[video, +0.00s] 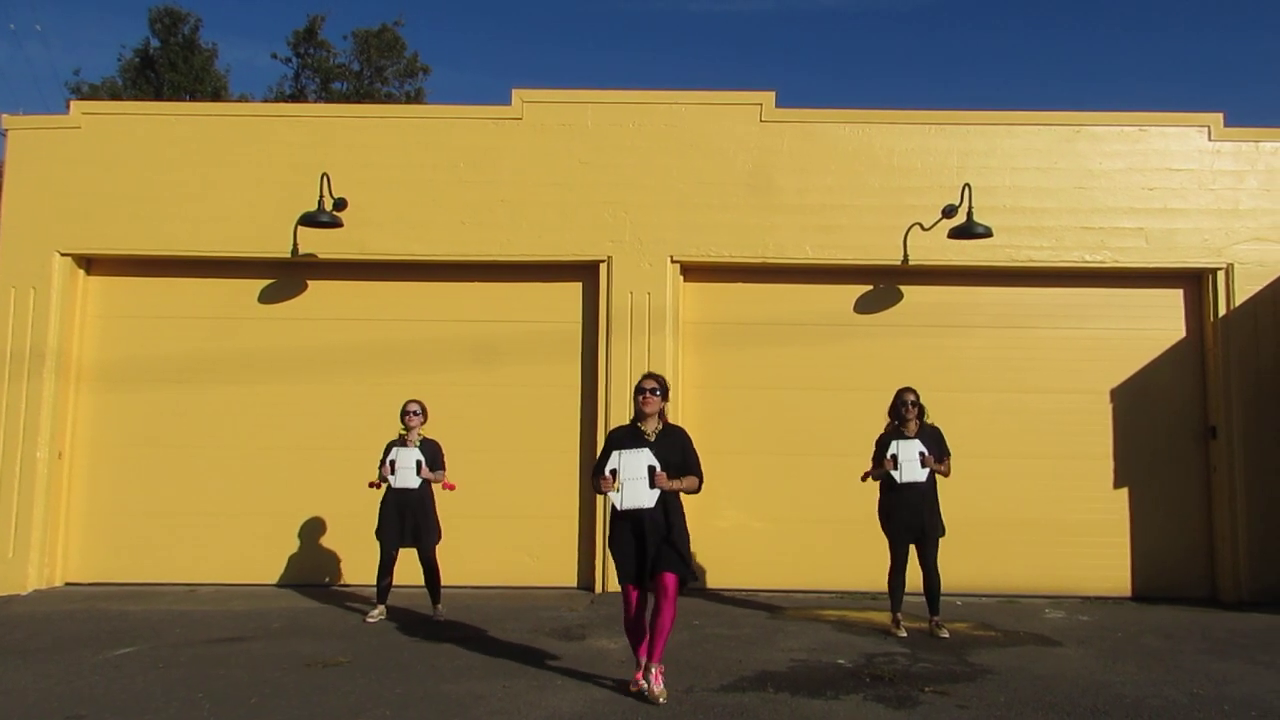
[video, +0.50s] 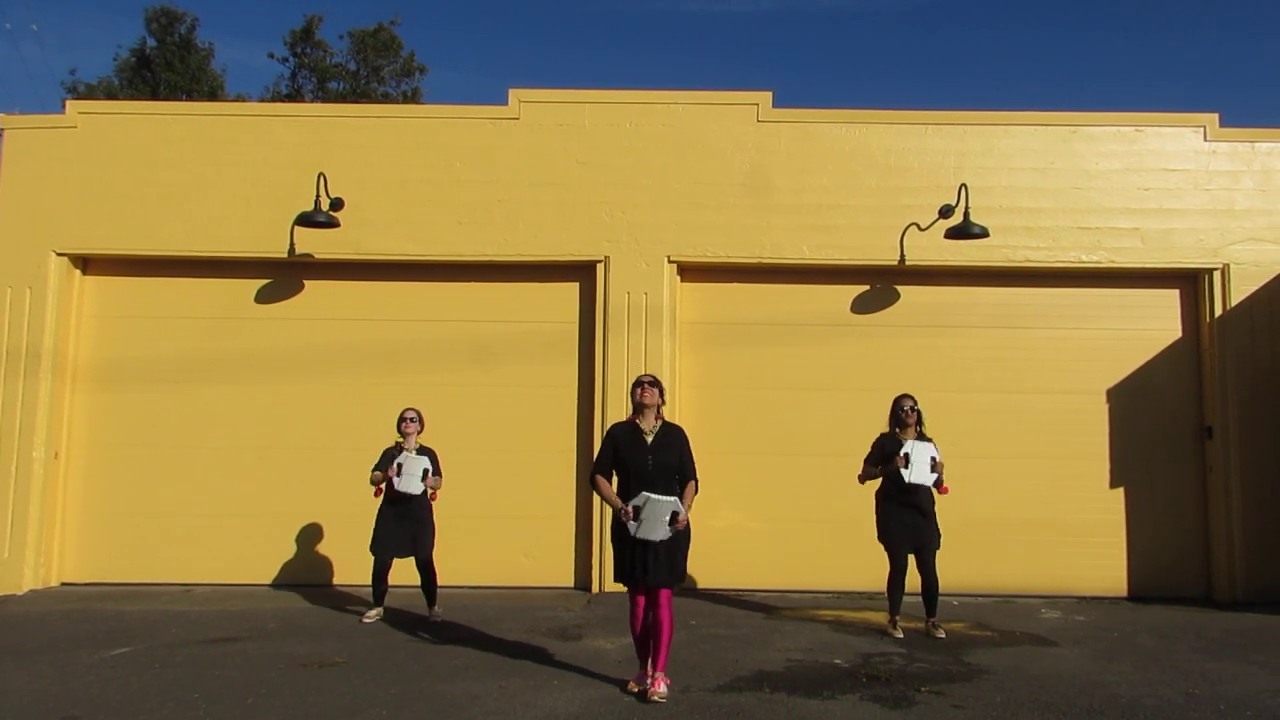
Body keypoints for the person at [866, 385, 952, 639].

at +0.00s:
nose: (909, 408)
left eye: (913, 404)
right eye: (903, 404)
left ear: (919, 407)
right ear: (896, 408)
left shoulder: (932, 434)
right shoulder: (886, 439)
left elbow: (946, 471)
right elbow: (874, 475)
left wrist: (933, 465)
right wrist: (885, 469)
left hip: (926, 511)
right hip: (896, 512)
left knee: (930, 565)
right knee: (898, 563)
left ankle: (935, 619)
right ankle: (896, 618)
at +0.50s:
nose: (908, 413)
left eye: (912, 409)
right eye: (903, 409)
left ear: (918, 413)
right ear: (895, 414)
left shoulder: (927, 444)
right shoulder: (885, 441)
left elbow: (938, 483)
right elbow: (863, 475)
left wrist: (937, 470)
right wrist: (891, 467)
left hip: (923, 514)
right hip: (893, 513)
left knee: (928, 569)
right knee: (898, 567)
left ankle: (931, 621)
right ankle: (894, 621)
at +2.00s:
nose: (908, 412)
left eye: (912, 408)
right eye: (904, 408)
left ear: (919, 411)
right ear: (897, 412)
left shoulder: (928, 436)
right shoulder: (889, 437)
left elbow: (946, 429)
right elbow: (879, 431)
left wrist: (938, 398)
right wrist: (890, 400)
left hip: (924, 508)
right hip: (894, 508)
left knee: (924, 563)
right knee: (898, 564)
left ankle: (928, 621)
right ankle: (895, 615)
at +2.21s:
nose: (905, 411)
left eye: (910, 407)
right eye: (900, 407)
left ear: (916, 412)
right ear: (890, 412)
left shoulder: (924, 441)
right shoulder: (883, 438)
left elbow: (957, 445)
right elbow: (900, 436)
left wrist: (970, 419)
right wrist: (927, 416)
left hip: (923, 510)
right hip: (892, 510)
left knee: (921, 567)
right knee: (895, 567)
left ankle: (926, 625)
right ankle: (910, 611)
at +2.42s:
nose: (906, 412)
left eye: (911, 407)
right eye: (901, 408)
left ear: (918, 411)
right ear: (893, 412)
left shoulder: (926, 436)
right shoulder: (886, 438)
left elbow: (942, 454)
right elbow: (882, 458)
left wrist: (934, 433)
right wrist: (889, 431)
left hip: (923, 506)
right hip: (893, 507)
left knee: (927, 565)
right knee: (898, 564)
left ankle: (919, 621)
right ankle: (892, 616)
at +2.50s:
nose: (908, 418)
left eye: (912, 413)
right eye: (902, 414)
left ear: (919, 417)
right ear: (894, 418)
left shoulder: (928, 446)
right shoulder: (890, 446)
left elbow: (937, 459)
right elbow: (881, 464)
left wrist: (923, 442)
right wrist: (881, 442)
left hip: (923, 516)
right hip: (895, 516)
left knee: (921, 570)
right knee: (899, 570)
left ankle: (932, 619)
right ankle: (894, 619)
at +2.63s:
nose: (908, 410)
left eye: (912, 407)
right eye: (902, 407)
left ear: (918, 410)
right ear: (893, 410)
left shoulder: (926, 436)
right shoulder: (886, 438)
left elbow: (944, 461)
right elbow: (881, 461)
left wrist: (941, 441)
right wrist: (893, 444)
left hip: (925, 507)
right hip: (895, 508)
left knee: (925, 563)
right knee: (899, 566)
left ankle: (931, 624)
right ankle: (895, 617)